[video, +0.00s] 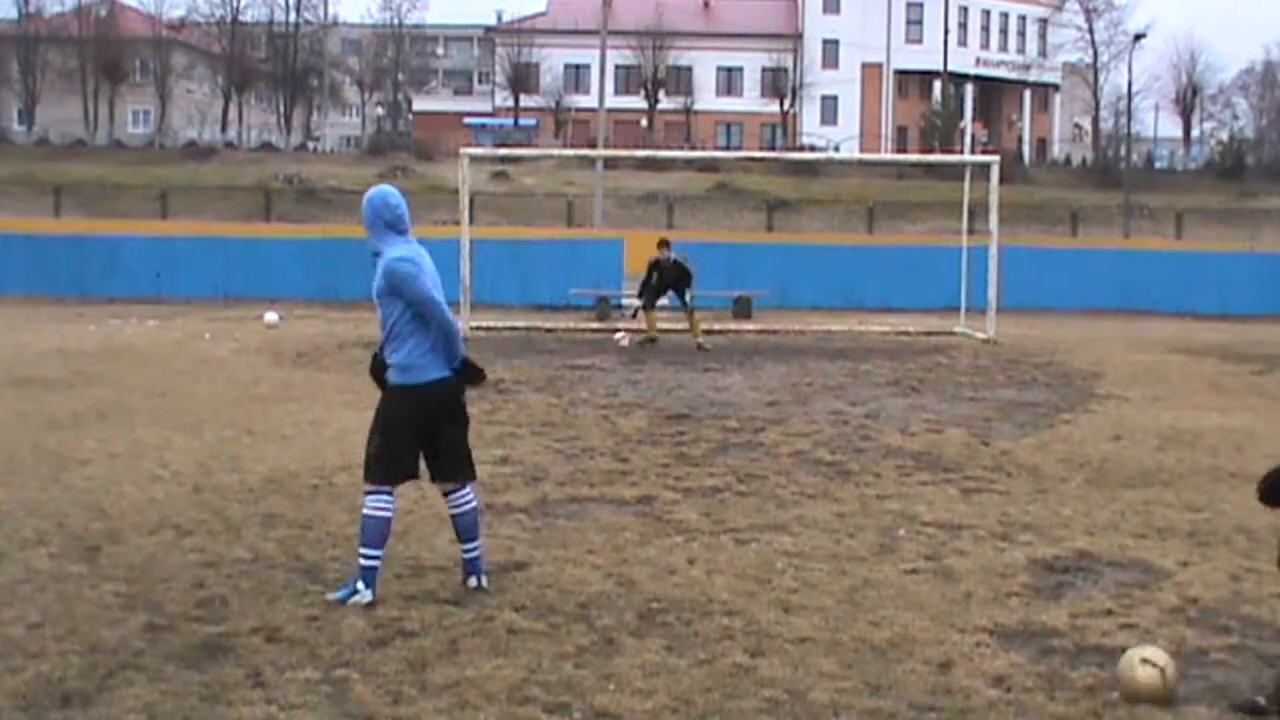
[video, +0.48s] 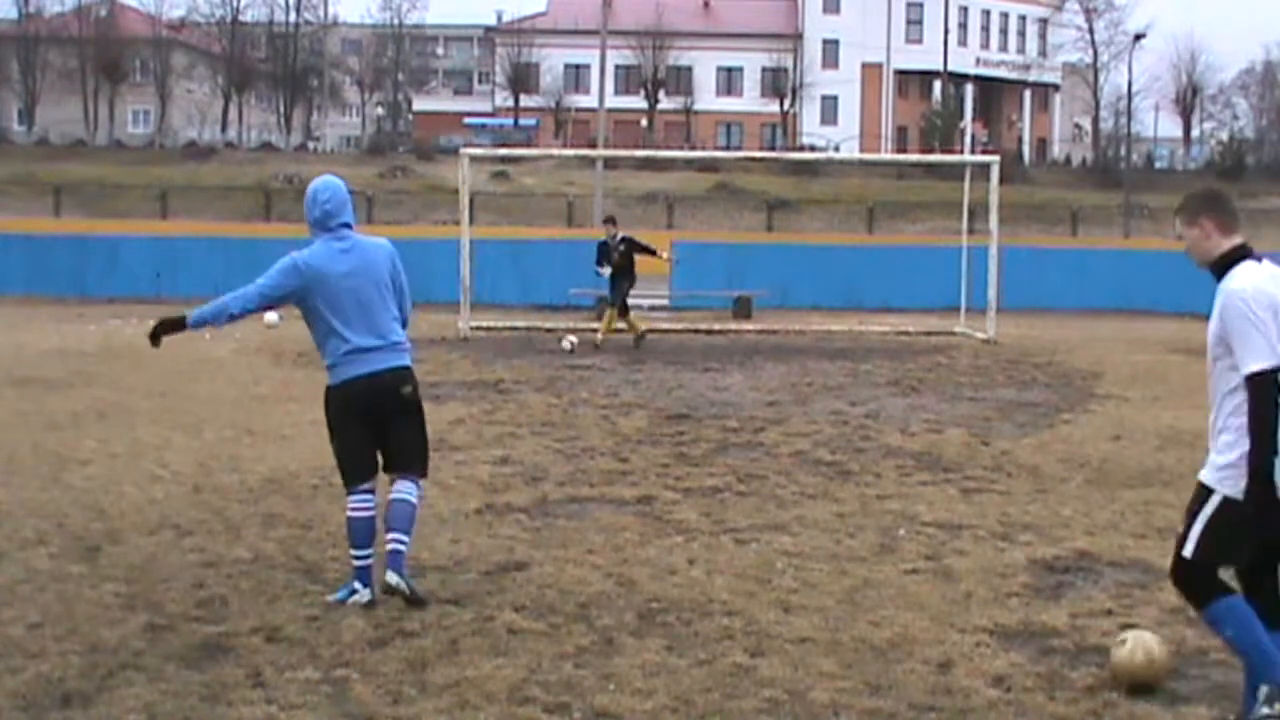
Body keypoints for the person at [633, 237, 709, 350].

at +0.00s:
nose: (663, 253)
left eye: (665, 250)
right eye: (661, 250)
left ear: (669, 250)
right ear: (658, 251)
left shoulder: (678, 263)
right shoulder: (654, 264)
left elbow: (688, 276)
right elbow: (647, 279)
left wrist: (688, 289)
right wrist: (640, 294)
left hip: (678, 285)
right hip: (662, 284)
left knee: (689, 309)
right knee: (647, 305)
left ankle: (698, 338)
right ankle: (652, 333)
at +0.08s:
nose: (652, 243)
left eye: (654, 240)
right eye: (649, 240)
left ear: (658, 241)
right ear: (647, 242)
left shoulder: (667, 256)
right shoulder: (643, 258)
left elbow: (684, 267)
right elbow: (638, 274)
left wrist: (687, 282)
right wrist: (633, 291)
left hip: (672, 284)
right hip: (655, 284)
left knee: (684, 310)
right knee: (644, 310)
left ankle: (698, 339)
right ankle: (645, 338)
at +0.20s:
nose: (636, 236)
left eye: (639, 233)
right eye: (634, 233)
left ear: (643, 234)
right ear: (631, 235)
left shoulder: (653, 248)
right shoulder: (628, 252)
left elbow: (673, 255)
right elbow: (623, 268)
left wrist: (686, 269)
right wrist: (622, 284)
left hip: (658, 283)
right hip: (642, 284)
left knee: (668, 312)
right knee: (635, 313)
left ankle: (691, 332)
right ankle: (645, 339)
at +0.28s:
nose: (626, 235)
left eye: (628, 231)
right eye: (624, 232)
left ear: (633, 232)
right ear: (621, 233)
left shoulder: (644, 246)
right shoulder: (620, 251)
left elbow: (664, 251)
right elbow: (615, 268)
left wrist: (681, 259)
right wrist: (615, 282)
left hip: (650, 281)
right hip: (636, 282)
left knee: (650, 311)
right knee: (631, 314)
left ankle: (668, 327)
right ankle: (644, 338)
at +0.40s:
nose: (613, 233)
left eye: (615, 230)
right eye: (611, 230)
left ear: (621, 230)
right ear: (610, 231)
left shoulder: (632, 245)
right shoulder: (609, 249)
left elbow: (650, 249)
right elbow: (604, 267)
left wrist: (669, 253)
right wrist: (609, 274)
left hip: (638, 276)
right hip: (625, 278)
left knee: (628, 301)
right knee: (626, 305)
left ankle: (643, 335)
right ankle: (641, 335)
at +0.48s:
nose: (607, 230)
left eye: (610, 227)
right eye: (606, 227)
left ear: (615, 227)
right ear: (604, 229)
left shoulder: (626, 242)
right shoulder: (603, 246)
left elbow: (643, 248)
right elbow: (599, 264)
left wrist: (658, 254)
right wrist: (602, 270)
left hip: (627, 276)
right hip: (614, 277)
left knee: (614, 304)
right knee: (622, 310)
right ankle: (638, 331)